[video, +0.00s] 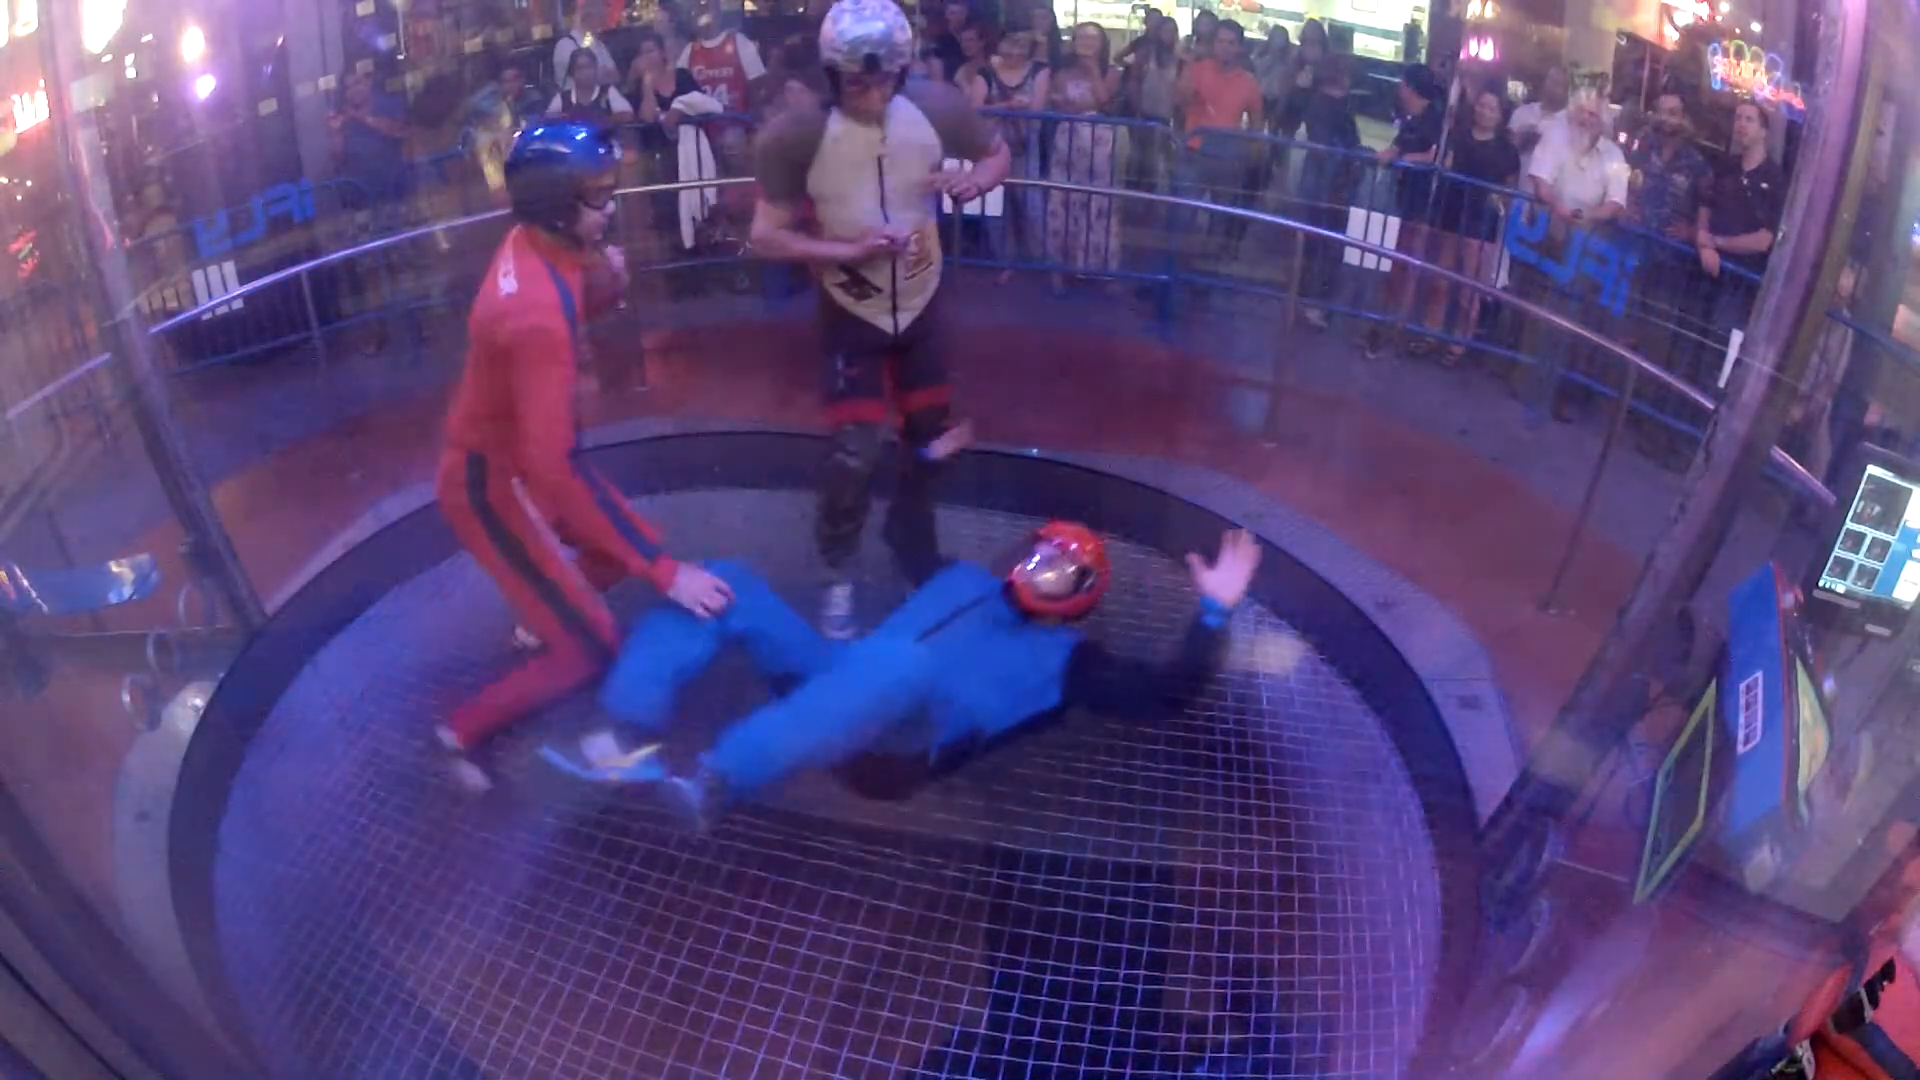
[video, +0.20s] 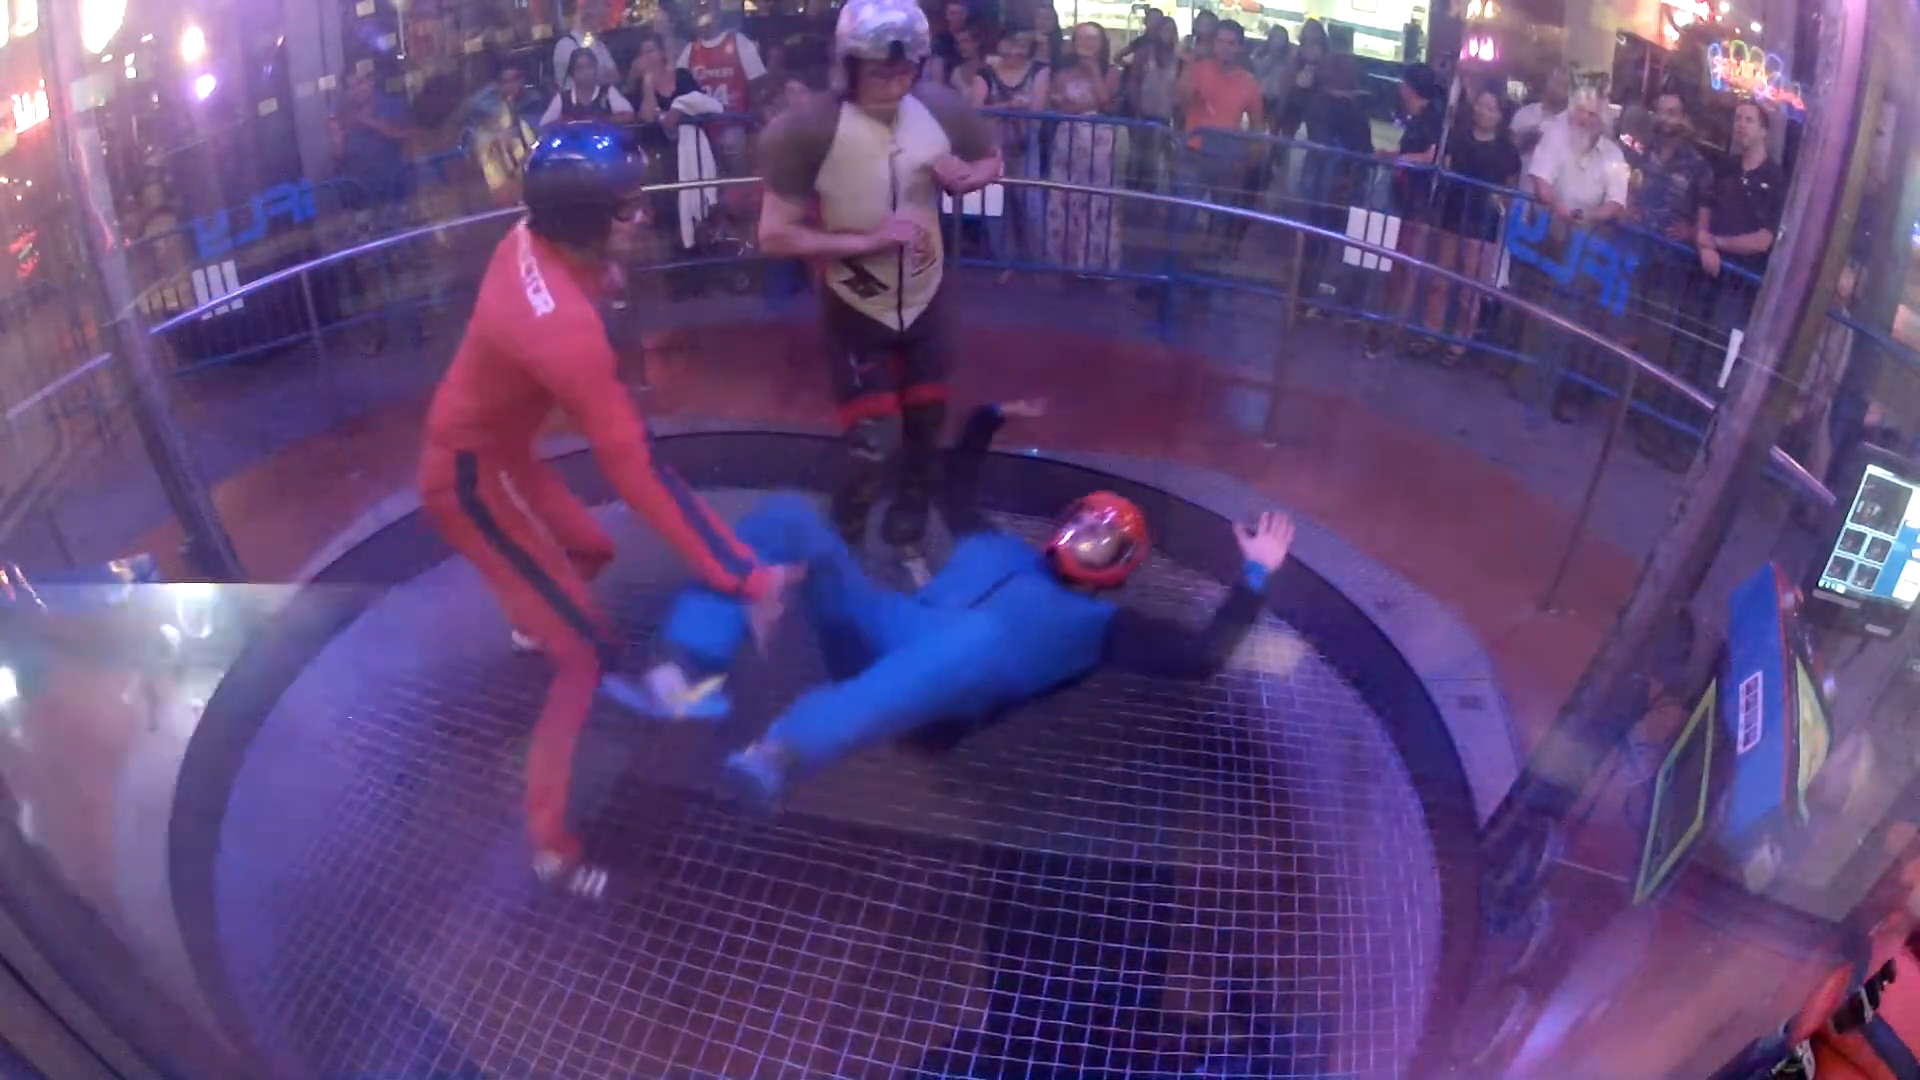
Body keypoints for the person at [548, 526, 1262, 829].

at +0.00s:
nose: (1043, 568)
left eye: (1064, 567)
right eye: (1041, 553)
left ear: (1083, 594)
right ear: (1020, 552)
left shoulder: (1072, 665)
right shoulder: (965, 583)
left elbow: (1170, 698)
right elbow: (906, 533)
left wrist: (1215, 610)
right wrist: (927, 461)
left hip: (896, 750)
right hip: (833, 698)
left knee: (903, 663)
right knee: (717, 584)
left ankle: (711, 783)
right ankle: (624, 732)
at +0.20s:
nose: (1091, 535)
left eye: (1111, 538)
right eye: (1086, 520)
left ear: (1121, 566)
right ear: (1060, 520)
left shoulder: (1101, 625)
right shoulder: (1000, 542)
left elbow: (1199, 657)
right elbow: (958, 489)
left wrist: (1256, 577)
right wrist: (988, 418)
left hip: (943, 684)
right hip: (882, 625)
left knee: (964, 648)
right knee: (787, 513)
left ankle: (780, 753)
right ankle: (687, 668)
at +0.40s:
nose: (1133, 492)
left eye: (1151, 496)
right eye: (1130, 480)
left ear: (1160, 527)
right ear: (1106, 482)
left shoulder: (1139, 590)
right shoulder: (1054, 504)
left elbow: (1248, 595)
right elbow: (1001, 470)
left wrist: (1292, 520)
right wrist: (1045, 399)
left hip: (964, 633)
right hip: (916, 566)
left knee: (1022, 535)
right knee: (835, 443)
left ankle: (822, 636)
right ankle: (703, 539)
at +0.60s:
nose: (1173, 426)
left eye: (1189, 433)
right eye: (1170, 419)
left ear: (1197, 465)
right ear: (1147, 427)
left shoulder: (1182, 520)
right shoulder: (1086, 458)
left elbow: (1277, 526)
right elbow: (1043, 422)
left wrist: (1322, 451)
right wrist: (1092, 362)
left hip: (1005, 562)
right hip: (947, 518)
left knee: (1023, 427)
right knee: (857, 377)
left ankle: (833, 490)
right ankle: (717, 476)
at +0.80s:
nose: (1206, 356)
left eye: (1226, 361)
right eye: (1204, 347)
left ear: (1240, 393)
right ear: (1183, 352)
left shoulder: (1219, 444)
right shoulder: (1133, 379)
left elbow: (1319, 452)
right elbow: (1073, 362)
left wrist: (1365, 380)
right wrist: (1119, 296)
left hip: (1052, 474)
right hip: (1008, 428)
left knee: (1054, 325)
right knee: (882, 309)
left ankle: (855, 402)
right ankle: (720, 386)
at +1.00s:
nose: (1238, 283)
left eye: (1257, 289)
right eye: (1236, 273)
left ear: (1268, 322)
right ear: (1214, 275)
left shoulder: (1246, 371)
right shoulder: (1168, 294)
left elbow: (1346, 396)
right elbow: (1114, 258)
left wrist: (1399, 321)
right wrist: (1152, 222)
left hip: (1067, 394)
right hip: (1024, 345)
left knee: (1090, 251)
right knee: (947, 204)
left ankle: (869, 310)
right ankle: (798, 271)